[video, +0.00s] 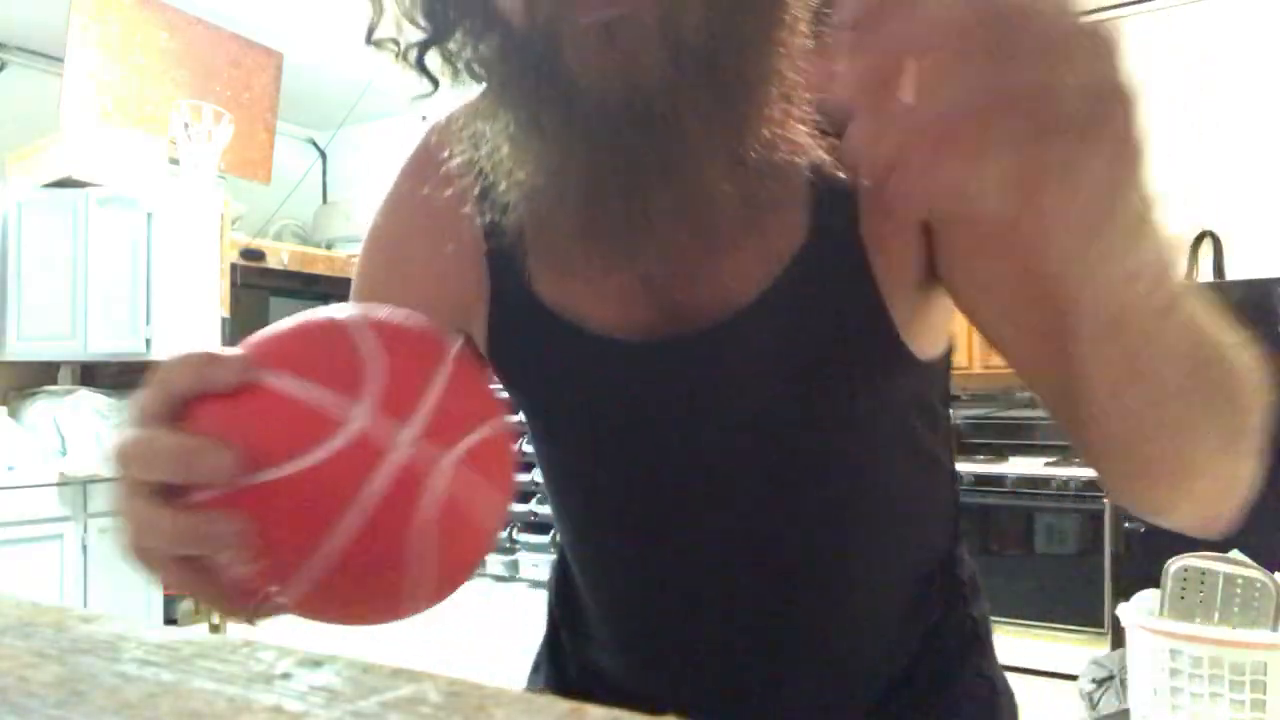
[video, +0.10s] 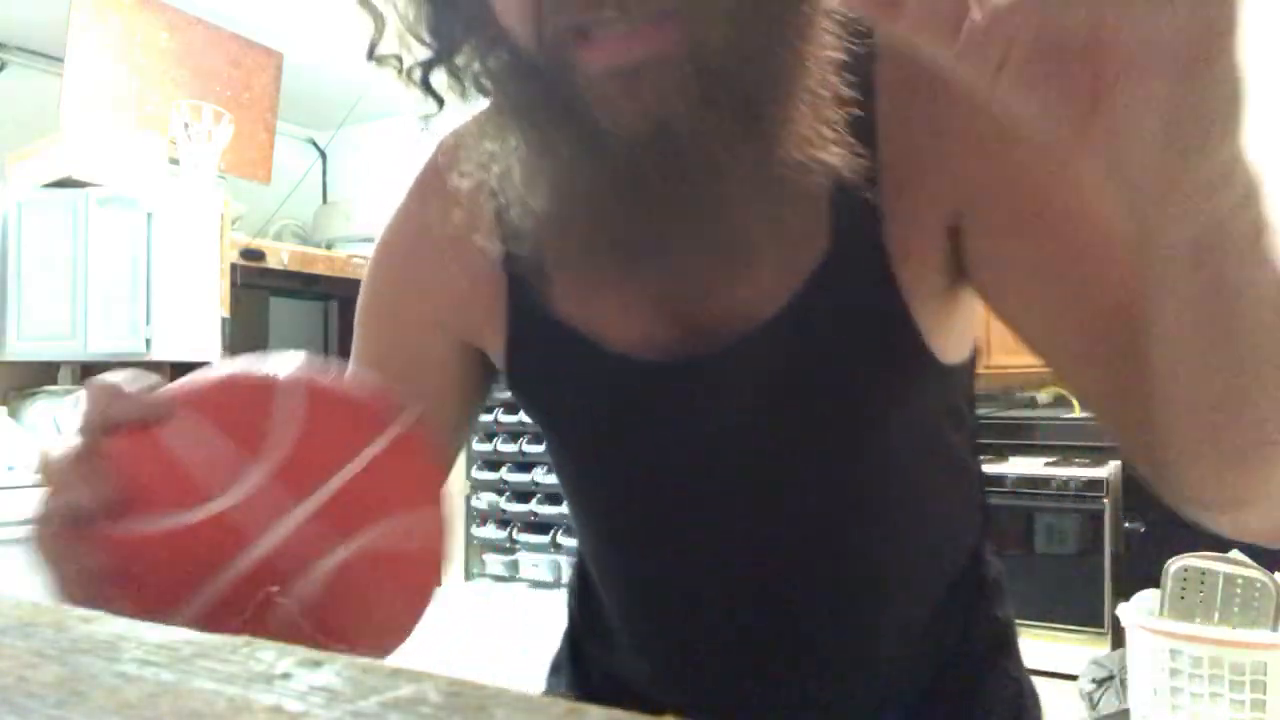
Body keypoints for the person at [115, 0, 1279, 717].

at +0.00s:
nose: (598, 5)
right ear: (477, 19)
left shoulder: (909, 126)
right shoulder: (458, 188)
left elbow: (1206, 488)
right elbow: (365, 495)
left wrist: (1118, 281)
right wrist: (218, 512)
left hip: (897, 673)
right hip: (616, 679)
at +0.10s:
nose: (601, 21)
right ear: (482, 17)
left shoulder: (932, 106)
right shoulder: (472, 200)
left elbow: (1248, 494)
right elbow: (361, 576)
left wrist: (1182, 198)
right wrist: (200, 523)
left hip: (927, 672)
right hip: (640, 676)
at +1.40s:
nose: (682, 160)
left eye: (741, 37)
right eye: (558, 61)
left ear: (860, 28)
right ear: (456, 84)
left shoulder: (1011, 264)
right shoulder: (520, 336)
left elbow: (1246, 556)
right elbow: (362, 537)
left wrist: (1213, 340)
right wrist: (225, 564)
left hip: (1014, 694)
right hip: (700, 698)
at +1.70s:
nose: (698, 162)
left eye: (780, 17)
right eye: (590, 49)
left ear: (955, 9)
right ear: (503, 61)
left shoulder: (1088, 210)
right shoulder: (578, 306)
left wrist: (1231, 528)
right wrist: (351, 483)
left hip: (1027, 684)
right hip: (713, 688)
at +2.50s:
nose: (711, 92)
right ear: (534, 15)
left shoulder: (1134, 141)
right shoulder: (564, 265)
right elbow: (423, 511)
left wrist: (1254, 675)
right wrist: (341, 564)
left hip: (1047, 688)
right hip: (732, 693)